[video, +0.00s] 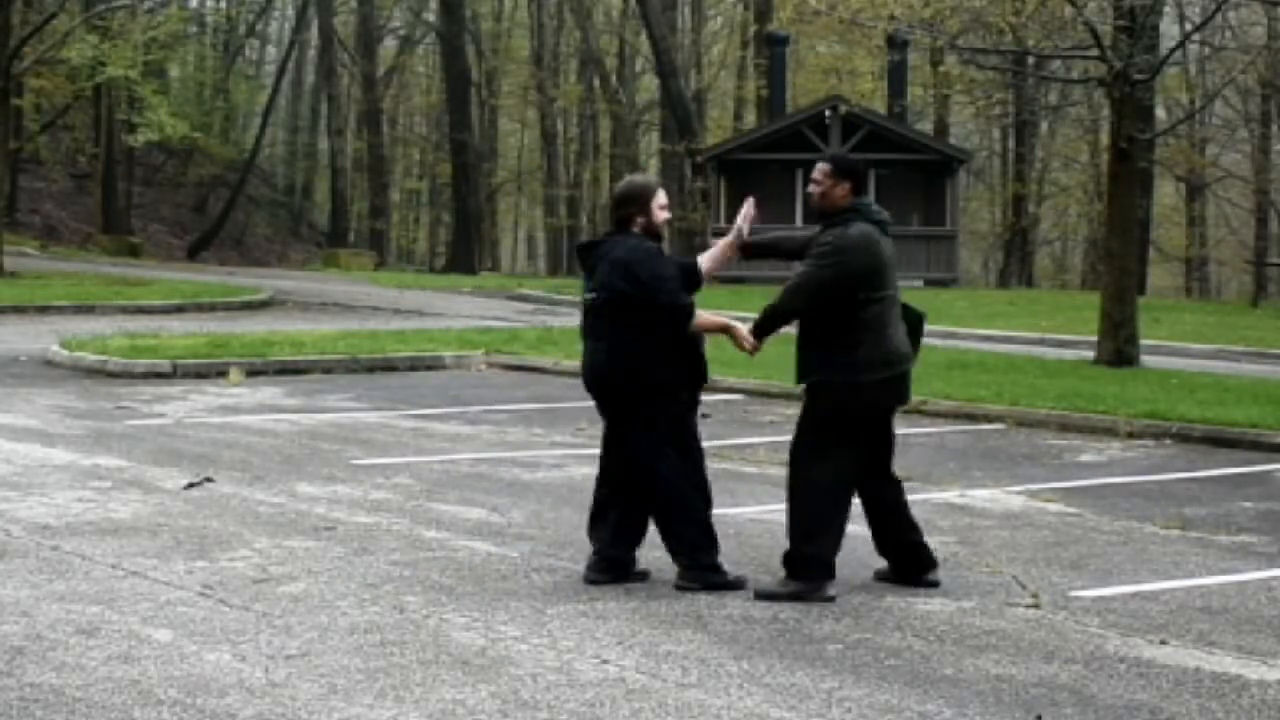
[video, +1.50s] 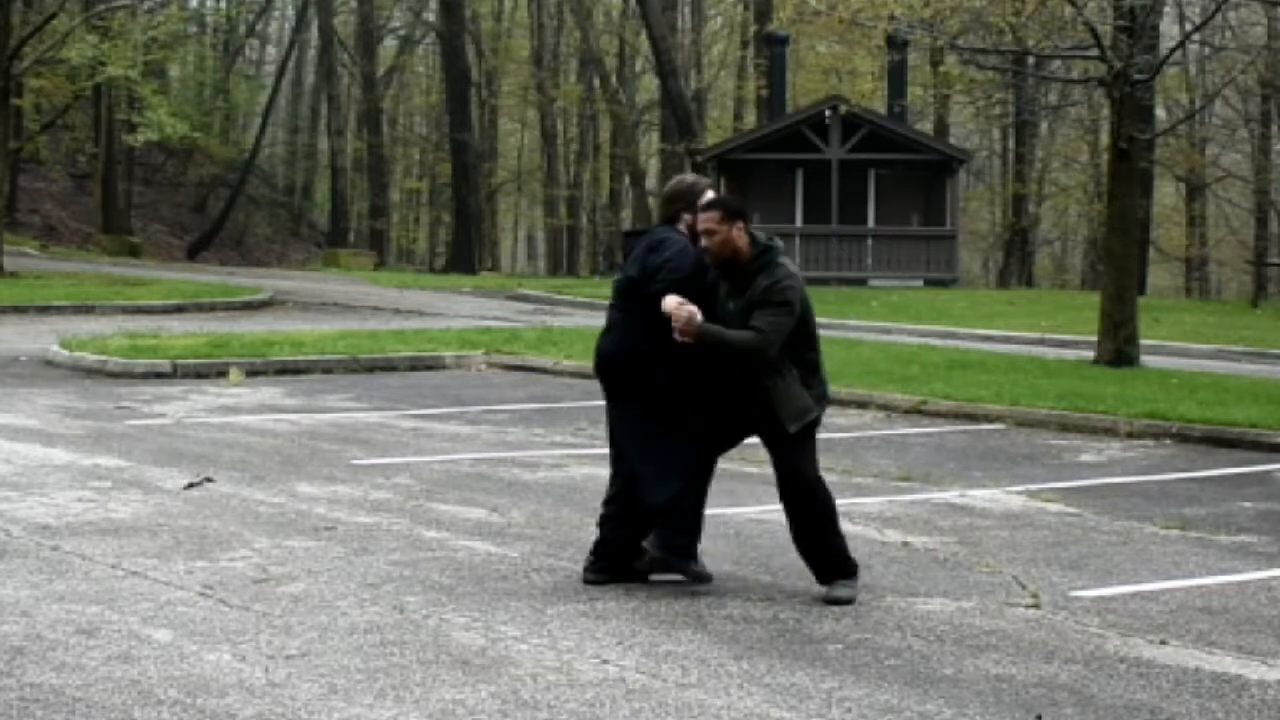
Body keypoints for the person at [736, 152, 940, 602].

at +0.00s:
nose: (810, 190)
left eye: (818, 183)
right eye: (811, 182)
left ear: (844, 189)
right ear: (842, 191)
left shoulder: (845, 241)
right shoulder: (862, 231)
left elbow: (796, 296)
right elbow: (800, 244)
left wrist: (760, 328)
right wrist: (745, 246)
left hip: (846, 380)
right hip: (874, 375)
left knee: (814, 468)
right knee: (872, 472)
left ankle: (808, 575)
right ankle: (912, 563)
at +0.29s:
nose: (799, 199)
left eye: (808, 192)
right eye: (799, 191)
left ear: (835, 195)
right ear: (818, 195)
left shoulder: (844, 247)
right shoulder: (824, 226)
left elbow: (786, 295)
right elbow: (787, 217)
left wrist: (723, 321)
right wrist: (759, 195)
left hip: (845, 378)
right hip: (857, 375)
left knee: (812, 462)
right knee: (866, 470)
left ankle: (811, 574)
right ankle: (911, 561)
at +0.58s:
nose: (770, 222)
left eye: (777, 216)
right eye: (770, 214)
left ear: (803, 217)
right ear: (796, 216)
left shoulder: (826, 254)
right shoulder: (789, 237)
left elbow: (749, 270)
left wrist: (694, 240)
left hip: (837, 373)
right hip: (806, 369)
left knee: (796, 456)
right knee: (787, 452)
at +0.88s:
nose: (761, 226)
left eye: (769, 220)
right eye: (762, 218)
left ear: (794, 222)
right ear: (778, 220)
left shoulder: (823, 259)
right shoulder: (768, 253)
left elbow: (753, 271)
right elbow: (727, 290)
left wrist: (746, 238)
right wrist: (692, 321)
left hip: (815, 387)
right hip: (771, 380)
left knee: (808, 478)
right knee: (739, 466)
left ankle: (823, 573)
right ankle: (720, 548)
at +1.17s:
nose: (747, 210)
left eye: (756, 203)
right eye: (745, 201)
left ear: (783, 204)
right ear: (749, 201)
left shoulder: (813, 247)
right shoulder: (749, 236)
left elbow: (766, 287)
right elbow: (721, 284)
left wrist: (728, 254)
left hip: (807, 377)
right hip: (756, 374)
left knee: (806, 475)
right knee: (733, 460)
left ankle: (823, 572)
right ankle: (728, 555)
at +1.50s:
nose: (702, 242)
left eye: (710, 234)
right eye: (700, 234)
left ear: (738, 231)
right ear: (725, 233)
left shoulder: (781, 281)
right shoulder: (715, 273)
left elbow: (764, 342)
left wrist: (701, 328)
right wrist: (680, 311)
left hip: (788, 396)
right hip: (740, 392)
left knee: (800, 482)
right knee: (691, 455)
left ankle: (839, 575)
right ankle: (672, 549)